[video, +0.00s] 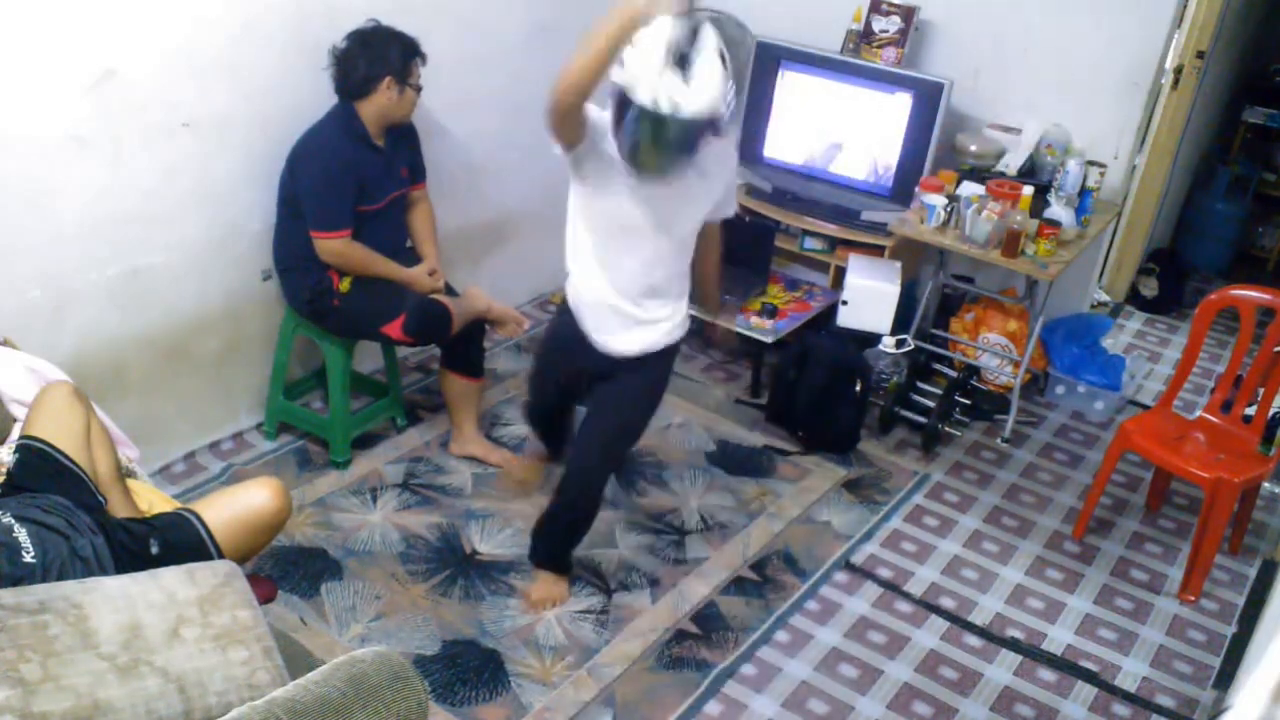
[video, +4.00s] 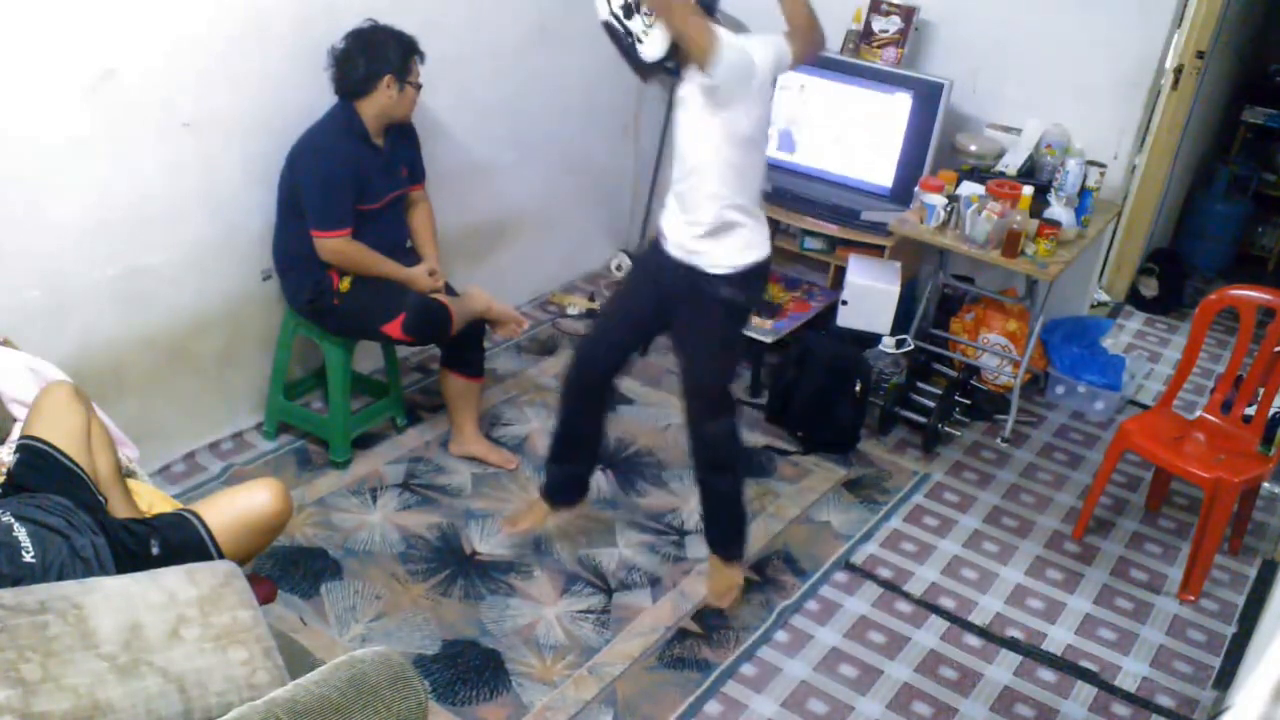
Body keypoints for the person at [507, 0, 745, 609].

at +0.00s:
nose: (661, 142)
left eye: (680, 130)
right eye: (652, 124)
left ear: (705, 122)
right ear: (627, 105)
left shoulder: (715, 159)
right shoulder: (594, 140)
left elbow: (710, 240)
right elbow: (565, 101)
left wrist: (711, 309)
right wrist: (626, 18)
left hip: (648, 345)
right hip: (580, 323)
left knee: (589, 468)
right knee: (543, 404)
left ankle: (552, 560)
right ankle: (553, 450)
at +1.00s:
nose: (656, 75)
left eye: (673, 70)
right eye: (647, 60)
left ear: (704, 59)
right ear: (630, 31)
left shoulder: (706, 106)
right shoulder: (582, 65)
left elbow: (727, 224)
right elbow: (504, 20)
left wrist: (758, 295)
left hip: (690, 280)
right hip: (610, 291)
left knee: (757, 423)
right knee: (628, 448)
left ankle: (840, 575)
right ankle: (648, 591)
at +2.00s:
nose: (636, 22)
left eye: (647, 19)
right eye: (631, 18)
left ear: (666, 22)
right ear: (621, 21)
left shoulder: (685, 74)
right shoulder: (612, 77)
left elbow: (653, 8)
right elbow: (575, 171)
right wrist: (492, 206)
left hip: (642, 286)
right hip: (583, 268)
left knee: (616, 435)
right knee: (502, 399)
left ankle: (624, 554)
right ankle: (497, 528)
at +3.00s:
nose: (717, 81)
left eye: (732, 72)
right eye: (707, 64)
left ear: (746, 69)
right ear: (676, 45)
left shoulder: (732, 109)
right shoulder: (627, 88)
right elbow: (575, 38)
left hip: (698, 291)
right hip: (625, 288)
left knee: (683, 443)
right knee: (604, 420)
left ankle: (667, 605)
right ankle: (589, 523)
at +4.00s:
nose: (668, 34)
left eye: (672, 22)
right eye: (665, 25)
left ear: (698, 15)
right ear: (705, 16)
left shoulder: (740, 56)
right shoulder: (710, 57)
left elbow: (664, 0)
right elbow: (808, 39)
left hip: (725, 266)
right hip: (670, 249)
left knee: (708, 414)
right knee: (591, 364)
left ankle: (727, 555)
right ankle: (562, 494)